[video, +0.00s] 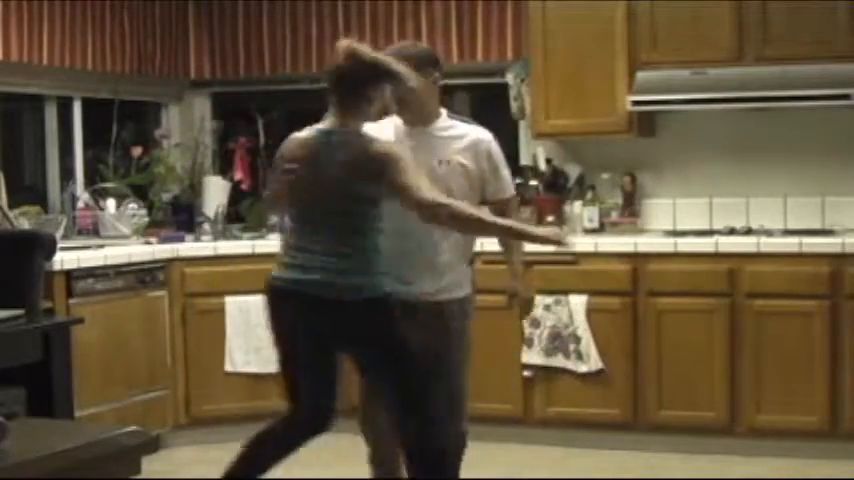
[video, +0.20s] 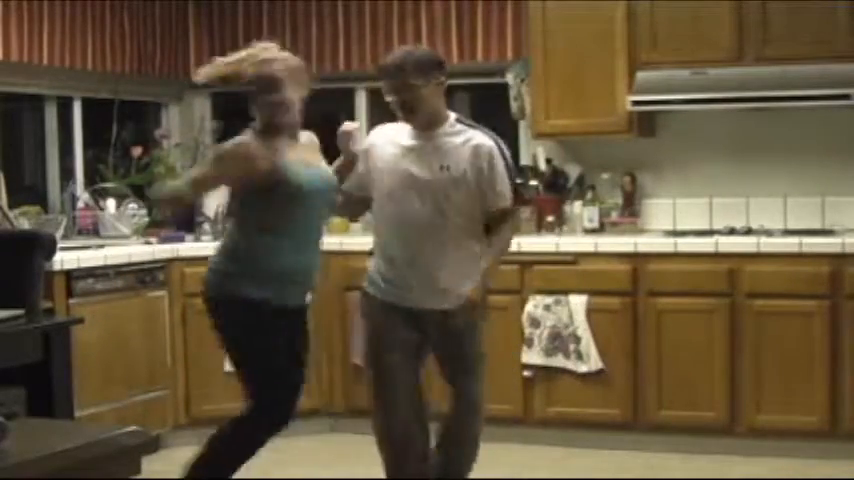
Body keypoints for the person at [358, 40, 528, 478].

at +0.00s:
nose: (397, 90)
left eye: (407, 80)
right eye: (392, 80)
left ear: (436, 80)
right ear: (383, 84)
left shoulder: (475, 142)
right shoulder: (374, 135)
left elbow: (505, 213)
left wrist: (517, 275)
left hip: (446, 300)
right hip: (381, 297)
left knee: (445, 425)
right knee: (379, 414)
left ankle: (439, 475)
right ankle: (389, 473)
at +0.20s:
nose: (397, 99)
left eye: (407, 88)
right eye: (390, 91)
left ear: (439, 82)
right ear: (385, 93)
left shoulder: (480, 149)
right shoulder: (380, 141)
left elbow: (501, 223)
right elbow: (346, 204)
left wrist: (482, 281)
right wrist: (348, 158)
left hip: (457, 304)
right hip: (389, 300)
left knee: (468, 405)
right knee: (395, 410)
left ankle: (449, 472)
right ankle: (409, 473)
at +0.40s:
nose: (381, 103)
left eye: (390, 93)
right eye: (378, 93)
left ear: (423, 87)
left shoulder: (467, 147)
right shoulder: (392, 139)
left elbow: (470, 237)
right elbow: (375, 207)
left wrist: (395, 282)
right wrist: (327, 187)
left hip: (446, 308)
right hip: (394, 305)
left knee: (439, 412)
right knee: (387, 414)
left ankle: (464, 474)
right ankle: (403, 477)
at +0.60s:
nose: (380, 106)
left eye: (384, 95)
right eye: (378, 96)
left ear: (408, 88)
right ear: (418, 89)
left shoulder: (435, 148)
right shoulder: (444, 135)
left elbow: (395, 231)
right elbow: (405, 208)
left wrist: (317, 246)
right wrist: (355, 193)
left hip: (459, 308)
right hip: (437, 302)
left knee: (432, 425)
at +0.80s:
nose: (388, 106)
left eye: (390, 95)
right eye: (387, 96)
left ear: (408, 88)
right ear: (440, 87)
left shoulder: (412, 147)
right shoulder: (490, 135)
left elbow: (382, 226)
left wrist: (318, 233)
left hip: (450, 306)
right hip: (492, 299)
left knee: (422, 419)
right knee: (399, 382)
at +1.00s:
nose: (421, 105)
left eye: (421, 95)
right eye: (422, 95)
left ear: (430, 95)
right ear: (476, 93)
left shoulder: (426, 152)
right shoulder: (526, 142)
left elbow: (392, 233)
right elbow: (562, 210)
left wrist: (315, 224)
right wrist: (502, 215)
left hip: (465, 312)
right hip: (523, 308)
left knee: (395, 416)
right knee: (475, 416)